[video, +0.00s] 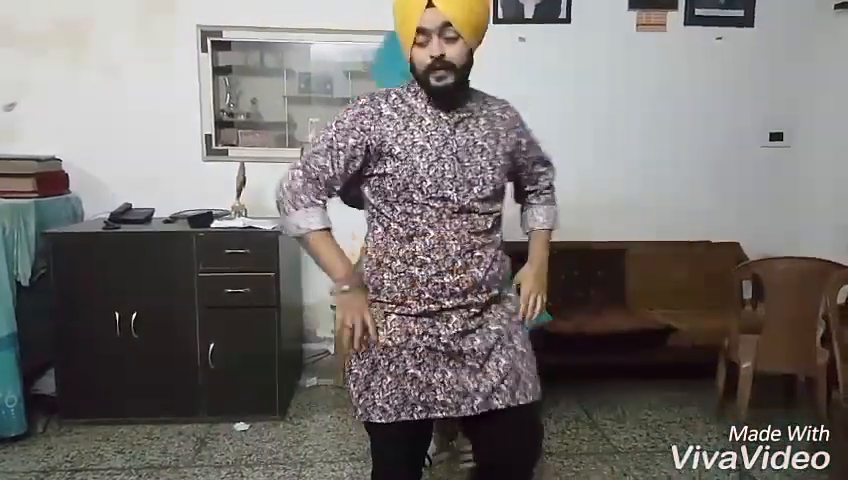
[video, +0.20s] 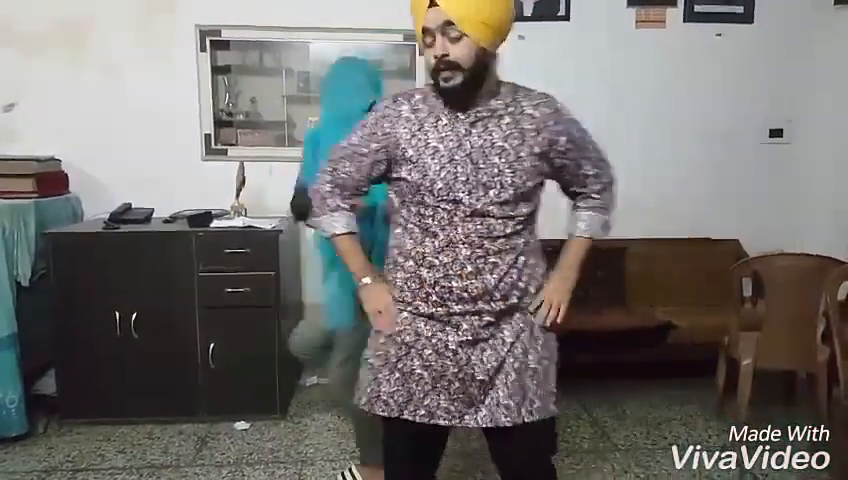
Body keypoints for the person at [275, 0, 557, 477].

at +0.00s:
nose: (437, 50)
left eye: (451, 36)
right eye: (423, 38)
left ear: (473, 43)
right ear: (407, 46)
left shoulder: (501, 119)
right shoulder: (372, 117)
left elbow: (539, 183)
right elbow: (298, 193)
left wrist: (538, 261)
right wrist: (347, 284)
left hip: (489, 330)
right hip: (396, 334)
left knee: (515, 462)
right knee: (397, 471)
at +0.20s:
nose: (438, 50)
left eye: (453, 34)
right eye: (429, 38)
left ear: (489, 38)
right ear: (420, 45)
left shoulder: (538, 117)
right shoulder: (397, 116)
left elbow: (596, 187)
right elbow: (328, 190)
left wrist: (564, 276)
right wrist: (366, 280)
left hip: (511, 338)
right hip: (413, 337)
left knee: (531, 472)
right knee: (405, 473)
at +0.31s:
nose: (445, 49)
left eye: (459, 34)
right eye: (439, 36)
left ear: (502, 36)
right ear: (434, 36)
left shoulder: (561, 115)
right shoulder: (418, 115)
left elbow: (627, 195)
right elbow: (355, 189)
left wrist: (585, 283)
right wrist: (387, 280)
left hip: (529, 346)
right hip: (432, 344)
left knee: (540, 472)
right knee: (420, 472)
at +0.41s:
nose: (455, 49)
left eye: (467, 33)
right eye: (452, 35)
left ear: (514, 33)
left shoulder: (581, 116)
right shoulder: (439, 113)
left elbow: (661, 199)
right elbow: (382, 186)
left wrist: (606, 291)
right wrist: (406, 274)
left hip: (545, 345)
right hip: (448, 341)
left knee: (549, 472)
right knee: (433, 471)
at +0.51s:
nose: (467, 47)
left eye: (480, 32)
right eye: (465, 32)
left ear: (528, 35)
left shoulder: (595, 116)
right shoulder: (457, 112)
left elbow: (681, 207)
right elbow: (410, 183)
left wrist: (619, 299)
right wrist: (424, 271)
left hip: (556, 348)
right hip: (463, 341)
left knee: (559, 472)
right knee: (443, 470)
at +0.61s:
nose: (476, 45)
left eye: (487, 30)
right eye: (477, 31)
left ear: (535, 32)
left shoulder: (605, 116)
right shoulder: (477, 110)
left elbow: (691, 214)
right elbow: (439, 184)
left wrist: (625, 306)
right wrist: (444, 265)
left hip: (562, 345)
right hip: (471, 338)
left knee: (566, 472)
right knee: (458, 471)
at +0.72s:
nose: (477, 44)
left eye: (487, 29)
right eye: (478, 30)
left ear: (533, 33)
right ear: (525, 34)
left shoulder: (605, 114)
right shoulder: (489, 109)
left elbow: (690, 219)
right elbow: (457, 178)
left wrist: (623, 310)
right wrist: (447, 246)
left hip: (564, 347)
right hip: (476, 337)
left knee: (566, 472)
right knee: (463, 471)